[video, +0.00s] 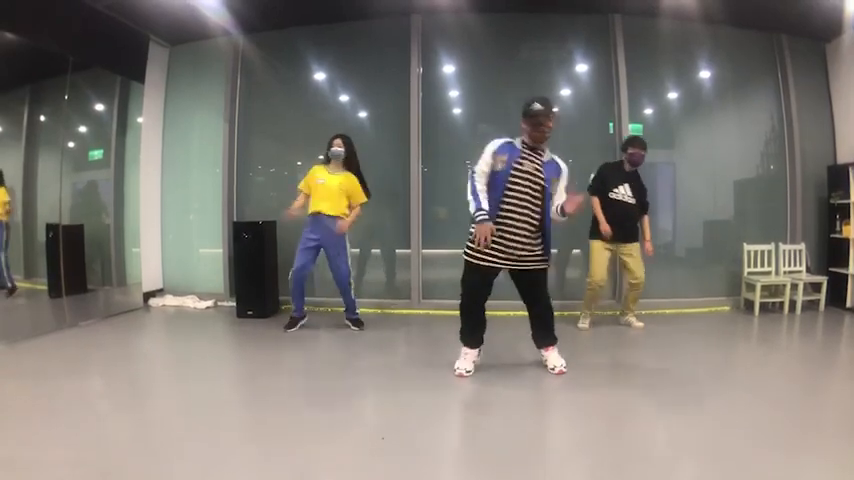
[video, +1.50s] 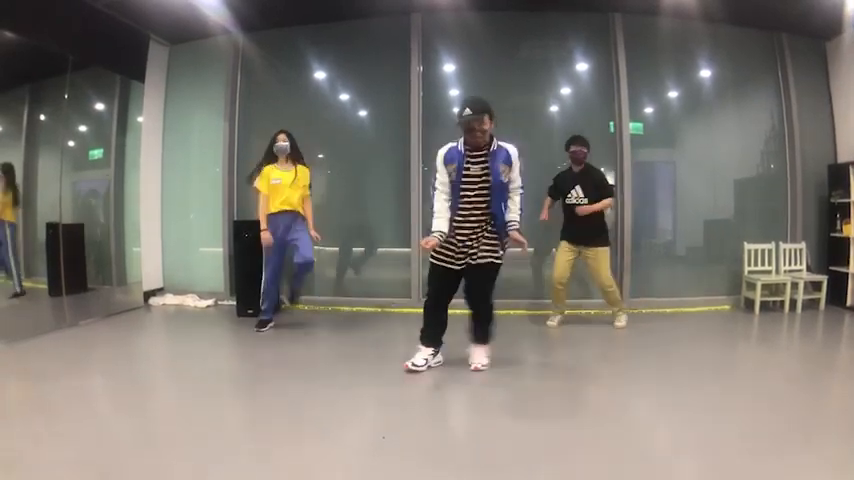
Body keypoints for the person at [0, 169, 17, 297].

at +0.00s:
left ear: (0, 177)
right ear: (3, 177)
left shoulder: (3, 190)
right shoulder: (4, 190)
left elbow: (7, 206)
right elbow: (7, 207)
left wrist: (5, 215)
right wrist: (5, 215)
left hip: (3, 222)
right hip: (4, 222)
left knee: (3, 253)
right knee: (3, 253)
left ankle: (9, 283)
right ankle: (6, 282)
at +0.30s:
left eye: (0, 174)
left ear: (2, 176)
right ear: (7, 175)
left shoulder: (7, 190)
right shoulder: (6, 190)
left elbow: (14, 204)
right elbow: (14, 204)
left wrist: (10, 218)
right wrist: (10, 217)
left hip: (4, 222)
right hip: (4, 222)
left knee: (5, 254)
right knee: (5, 254)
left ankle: (11, 285)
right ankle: (7, 284)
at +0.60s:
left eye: (0, 173)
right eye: (0, 172)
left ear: (3, 174)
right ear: (7, 173)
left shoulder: (9, 189)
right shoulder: (5, 189)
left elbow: (12, 209)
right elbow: (11, 209)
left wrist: (5, 224)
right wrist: (5, 223)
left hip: (5, 222)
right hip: (3, 222)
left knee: (6, 254)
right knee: (4, 255)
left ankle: (11, 285)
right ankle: (4, 283)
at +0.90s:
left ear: (2, 173)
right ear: (7, 172)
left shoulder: (6, 189)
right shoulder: (8, 188)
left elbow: (11, 209)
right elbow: (12, 209)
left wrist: (5, 225)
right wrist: (6, 223)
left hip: (4, 223)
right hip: (5, 222)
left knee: (5, 253)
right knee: (5, 253)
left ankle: (11, 284)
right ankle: (6, 283)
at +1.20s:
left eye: (0, 172)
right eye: (1, 172)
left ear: (3, 172)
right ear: (7, 172)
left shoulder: (7, 186)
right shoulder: (8, 186)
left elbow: (15, 204)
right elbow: (15, 204)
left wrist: (10, 218)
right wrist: (10, 217)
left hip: (6, 219)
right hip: (5, 218)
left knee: (4, 251)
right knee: (3, 251)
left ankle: (13, 282)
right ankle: (5, 282)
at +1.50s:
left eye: (1, 175)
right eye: (1, 175)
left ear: (6, 176)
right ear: (9, 175)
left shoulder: (9, 190)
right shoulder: (11, 189)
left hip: (7, 220)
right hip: (6, 220)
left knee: (9, 253)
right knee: (6, 253)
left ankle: (18, 287)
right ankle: (17, 285)